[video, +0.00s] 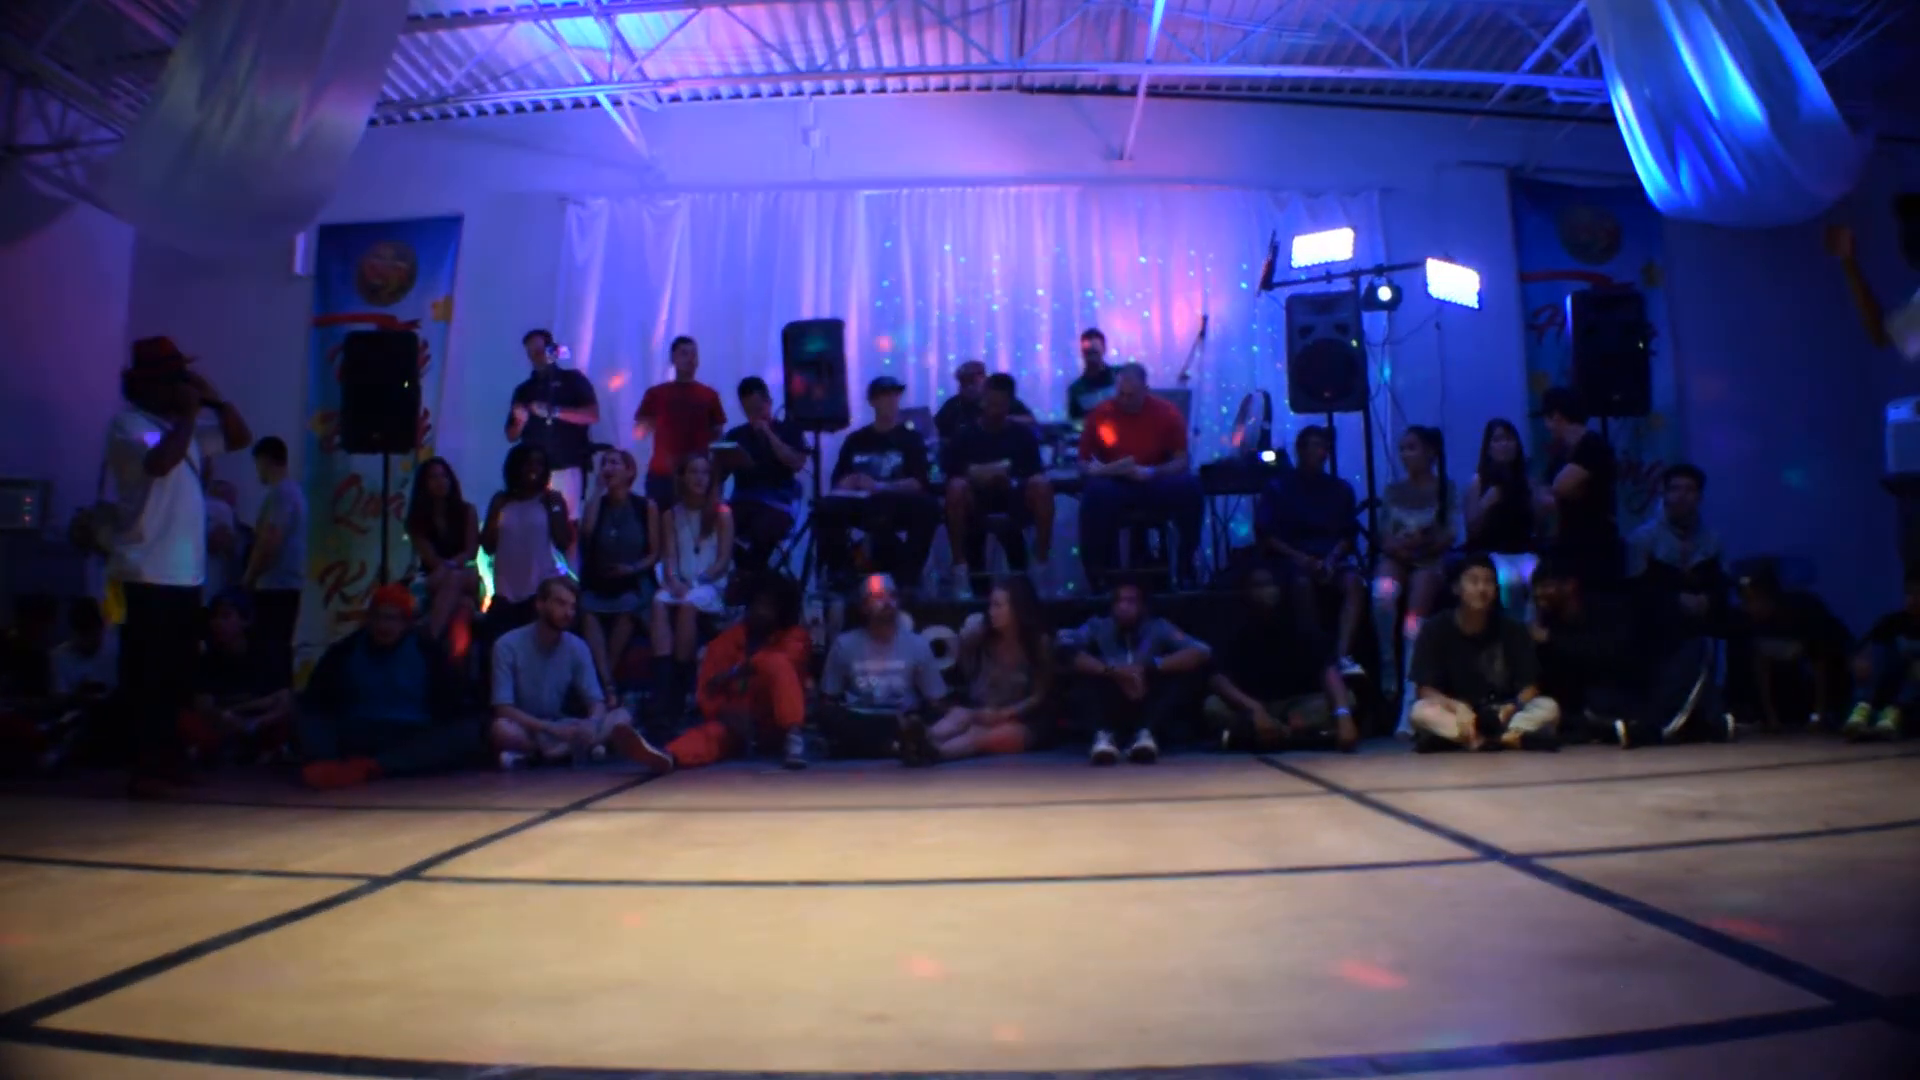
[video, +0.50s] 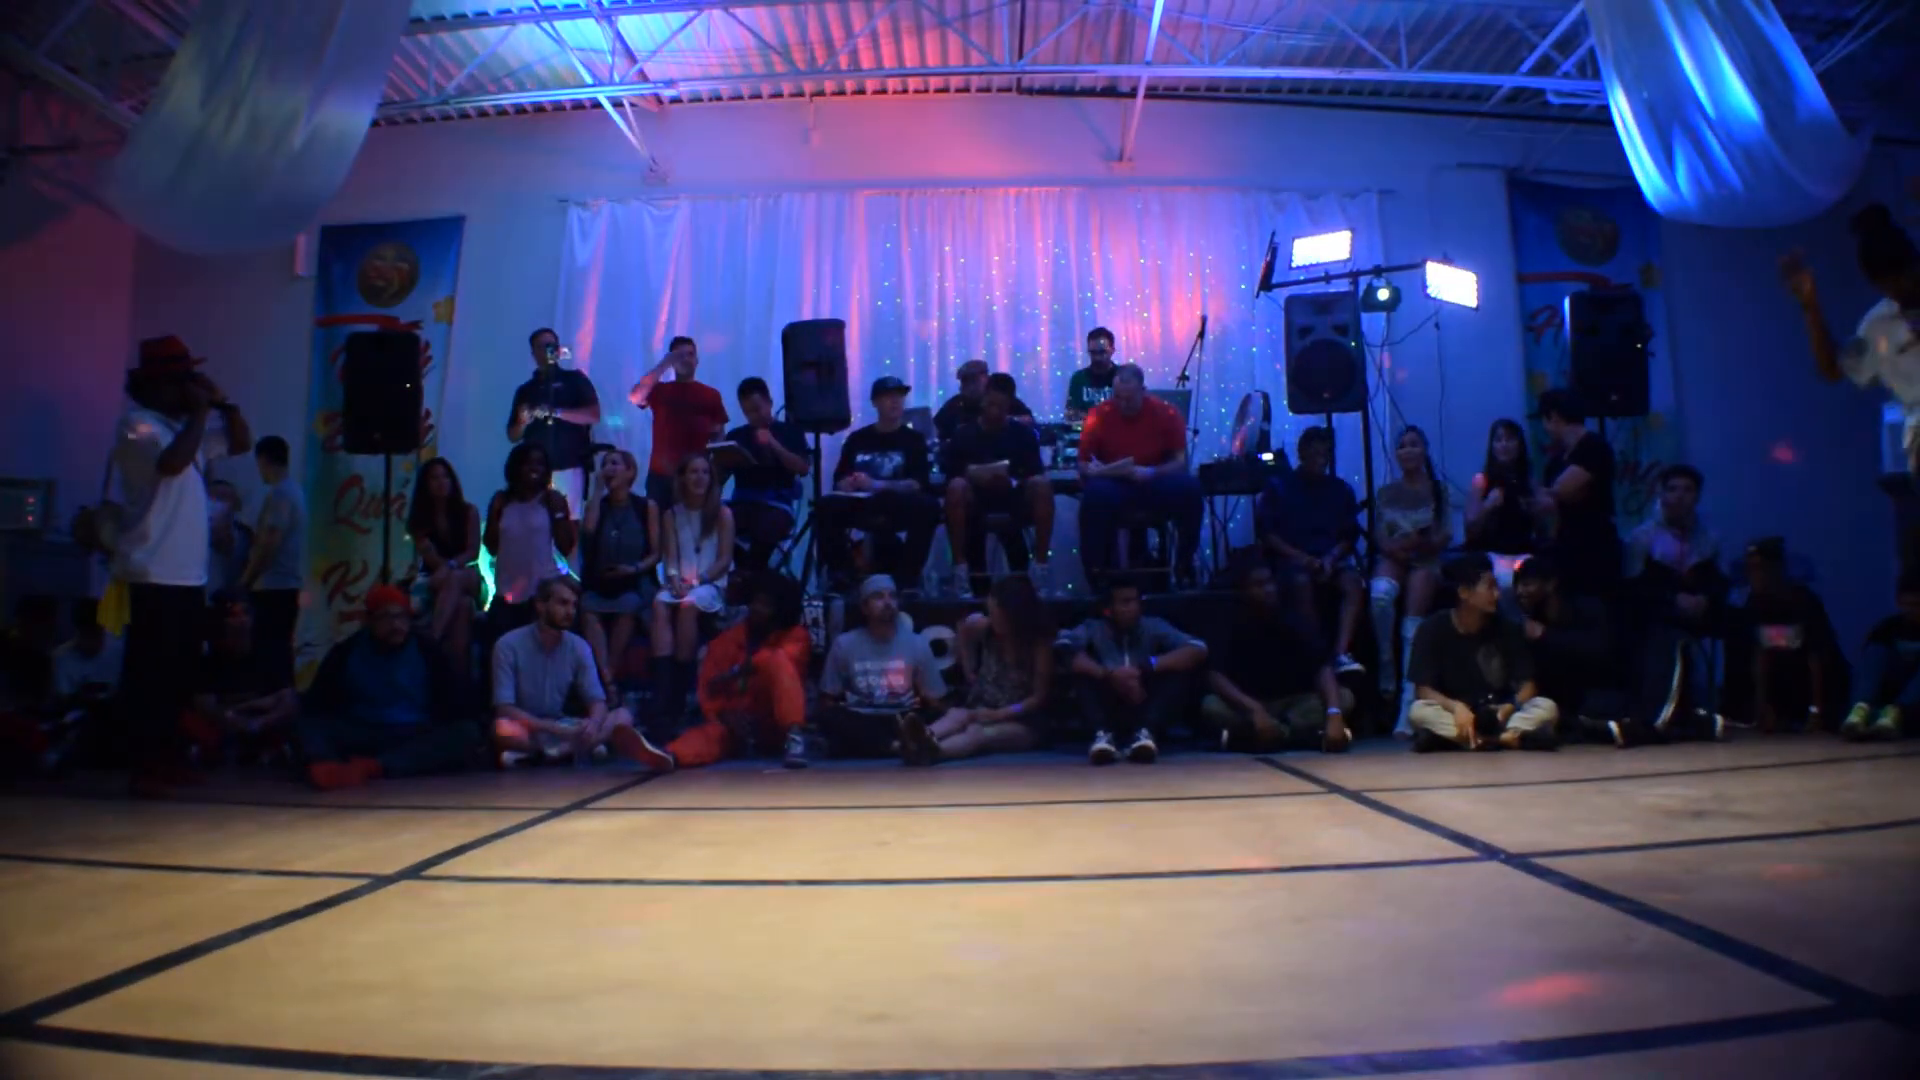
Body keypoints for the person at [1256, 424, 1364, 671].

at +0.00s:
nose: (1317, 453)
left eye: (1321, 447)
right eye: (1311, 447)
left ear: (1327, 452)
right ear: (1299, 451)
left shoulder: (1340, 488)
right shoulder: (1281, 486)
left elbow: (1349, 533)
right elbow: (1267, 535)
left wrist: (1331, 559)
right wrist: (1303, 560)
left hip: (1330, 557)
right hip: (1295, 558)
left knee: (1354, 584)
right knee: (1301, 585)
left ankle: (1344, 655)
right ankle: (1309, 655)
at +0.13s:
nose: (1310, 452)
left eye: (1317, 447)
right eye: (1305, 446)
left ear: (1326, 452)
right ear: (1297, 450)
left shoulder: (1340, 488)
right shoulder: (1280, 486)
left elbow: (1349, 535)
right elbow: (1267, 533)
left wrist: (1331, 559)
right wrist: (1297, 555)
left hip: (1329, 558)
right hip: (1293, 558)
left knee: (1353, 583)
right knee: (1301, 584)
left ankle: (1343, 655)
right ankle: (1309, 655)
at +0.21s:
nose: (1309, 452)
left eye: (1316, 447)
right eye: (1305, 447)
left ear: (1326, 452)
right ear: (1297, 451)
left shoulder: (1340, 488)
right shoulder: (1280, 486)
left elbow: (1349, 534)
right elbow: (1268, 534)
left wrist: (1331, 559)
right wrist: (1305, 560)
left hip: (1330, 558)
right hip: (1294, 559)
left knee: (1353, 582)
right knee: (1300, 584)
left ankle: (1343, 654)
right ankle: (1311, 655)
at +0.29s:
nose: (1309, 456)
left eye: (1315, 451)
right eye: (1305, 450)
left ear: (1325, 454)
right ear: (1298, 452)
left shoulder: (1340, 488)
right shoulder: (1280, 486)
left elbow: (1349, 534)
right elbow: (1268, 534)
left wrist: (1331, 559)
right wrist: (1305, 559)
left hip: (1331, 557)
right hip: (1295, 557)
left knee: (1353, 584)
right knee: (1300, 584)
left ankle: (1342, 654)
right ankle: (1314, 656)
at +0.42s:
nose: (1319, 460)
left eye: (1323, 454)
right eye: (1313, 453)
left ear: (1329, 456)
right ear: (1301, 454)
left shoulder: (1340, 488)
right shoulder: (1281, 486)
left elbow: (1350, 534)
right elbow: (1269, 534)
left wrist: (1331, 558)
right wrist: (1305, 559)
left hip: (1330, 557)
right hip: (1295, 558)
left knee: (1353, 583)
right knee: (1300, 584)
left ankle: (1342, 652)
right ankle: (1313, 655)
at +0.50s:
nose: (1321, 460)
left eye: (1325, 454)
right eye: (1315, 453)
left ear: (1330, 456)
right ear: (1302, 454)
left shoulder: (1339, 488)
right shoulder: (1282, 487)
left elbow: (1351, 533)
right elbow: (1269, 534)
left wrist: (1332, 558)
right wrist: (1305, 560)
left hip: (1331, 558)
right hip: (1296, 558)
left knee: (1353, 583)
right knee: (1300, 584)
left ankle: (1342, 653)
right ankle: (1314, 656)